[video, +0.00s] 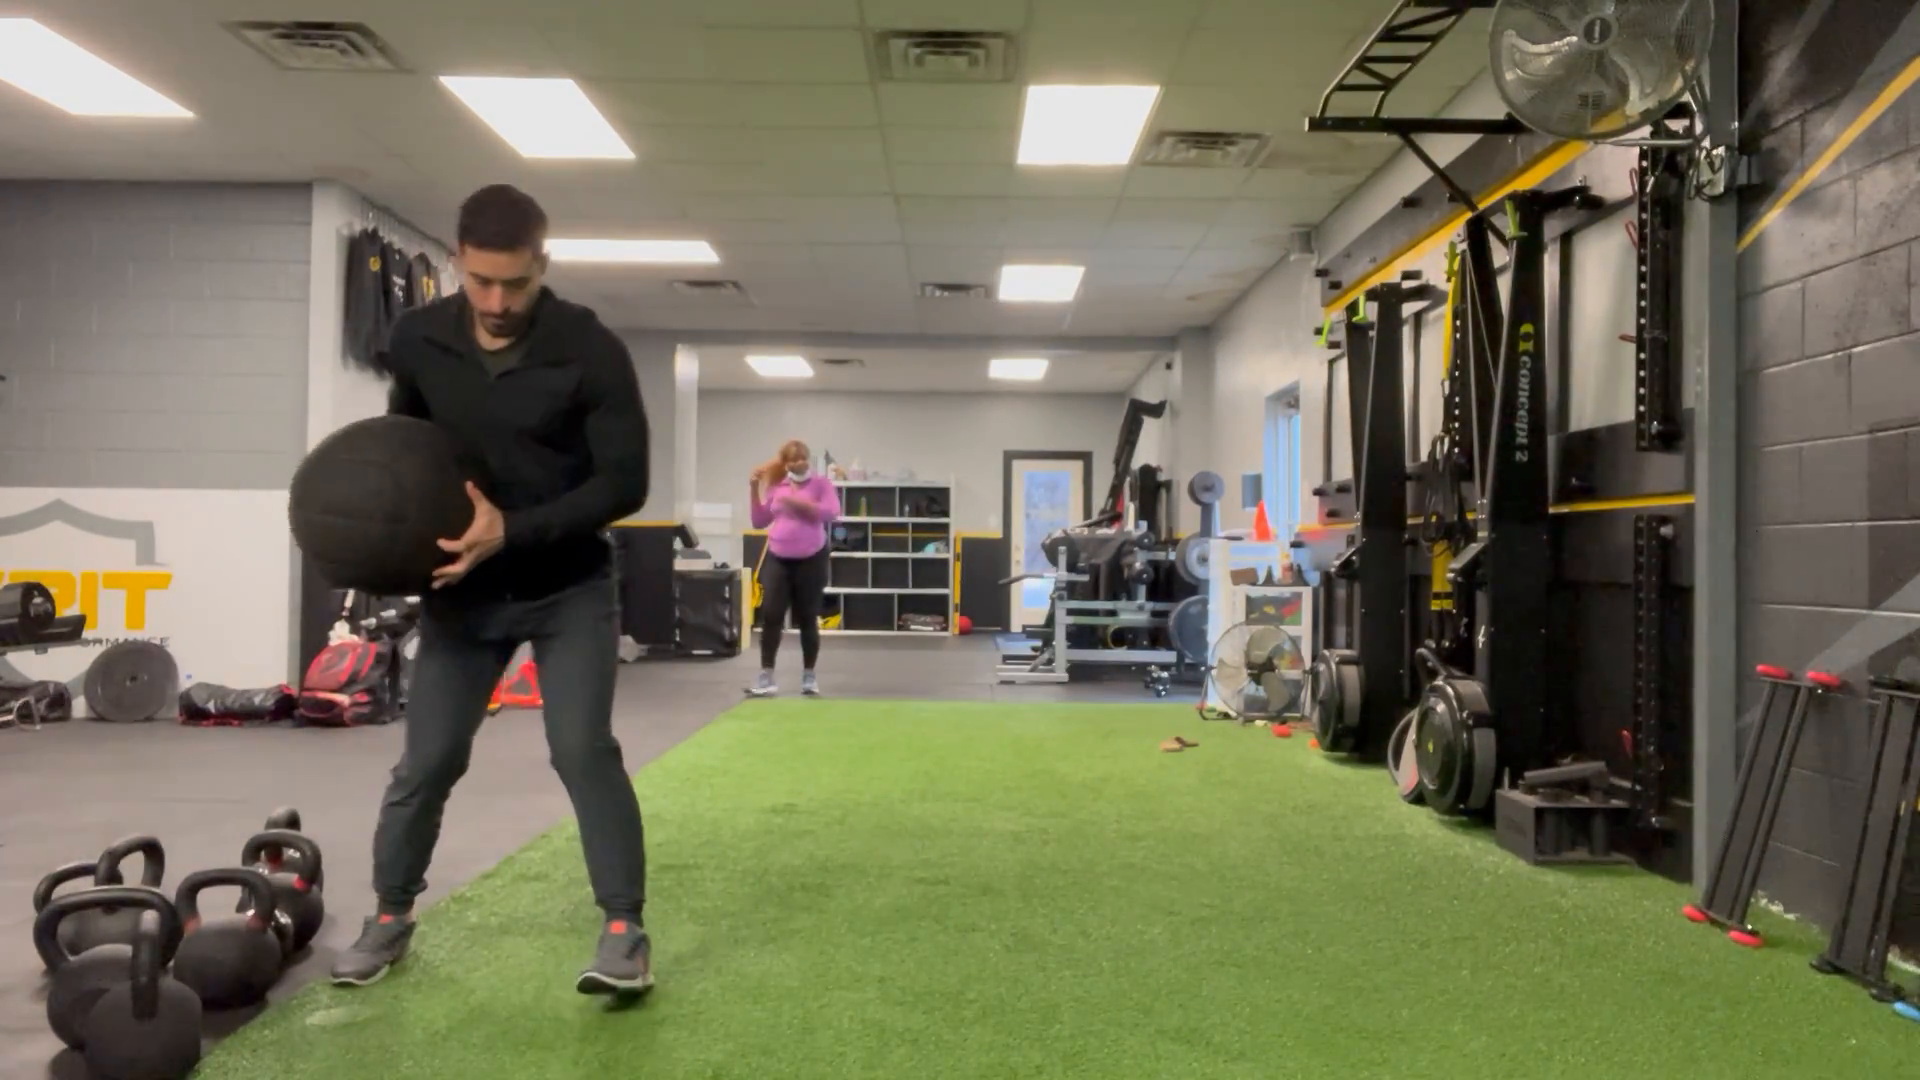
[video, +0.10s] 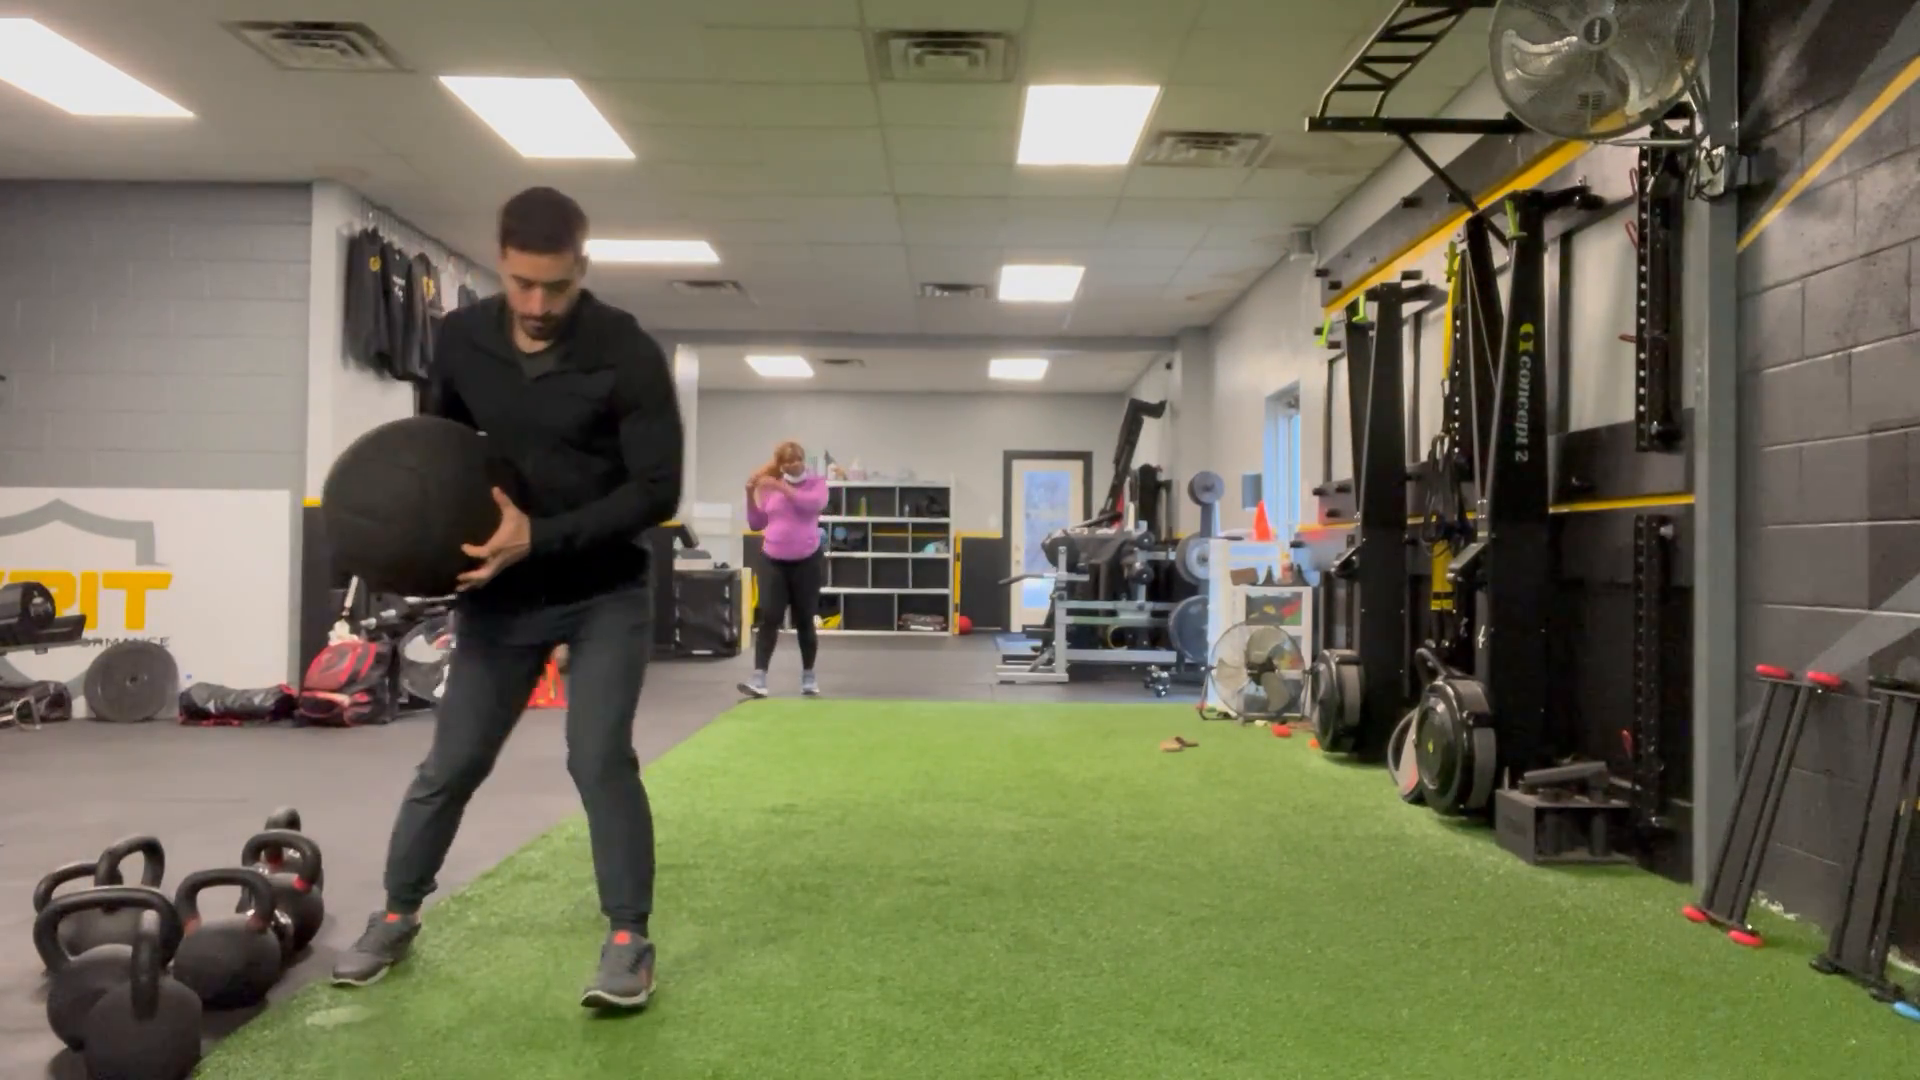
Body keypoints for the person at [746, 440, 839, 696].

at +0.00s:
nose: (799, 463)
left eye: (803, 458)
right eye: (793, 460)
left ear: (809, 459)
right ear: (784, 463)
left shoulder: (821, 484)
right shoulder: (779, 488)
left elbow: (832, 512)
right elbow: (759, 521)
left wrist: (800, 503)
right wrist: (754, 488)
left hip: (811, 557)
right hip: (778, 557)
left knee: (808, 617)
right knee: (771, 614)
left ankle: (809, 675)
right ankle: (766, 675)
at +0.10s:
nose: (795, 464)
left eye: (798, 459)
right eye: (789, 461)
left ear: (804, 460)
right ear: (779, 465)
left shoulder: (816, 483)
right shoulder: (770, 486)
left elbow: (814, 504)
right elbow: (757, 524)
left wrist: (780, 486)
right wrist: (750, 493)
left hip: (806, 558)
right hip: (773, 558)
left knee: (805, 620)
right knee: (769, 617)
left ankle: (809, 677)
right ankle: (759, 677)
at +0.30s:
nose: (778, 464)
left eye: (782, 458)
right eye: (771, 459)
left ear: (789, 459)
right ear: (762, 463)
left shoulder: (799, 480)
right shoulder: (754, 482)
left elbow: (792, 499)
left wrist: (763, 484)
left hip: (789, 556)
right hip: (756, 557)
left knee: (791, 617)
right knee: (758, 620)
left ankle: (805, 667)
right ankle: (757, 679)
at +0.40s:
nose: (774, 454)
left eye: (780, 448)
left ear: (787, 449)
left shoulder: (791, 474)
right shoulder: (749, 478)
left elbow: (797, 500)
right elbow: (741, 508)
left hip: (784, 549)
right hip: (753, 551)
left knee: (786, 616)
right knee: (754, 621)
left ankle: (795, 660)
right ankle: (757, 678)